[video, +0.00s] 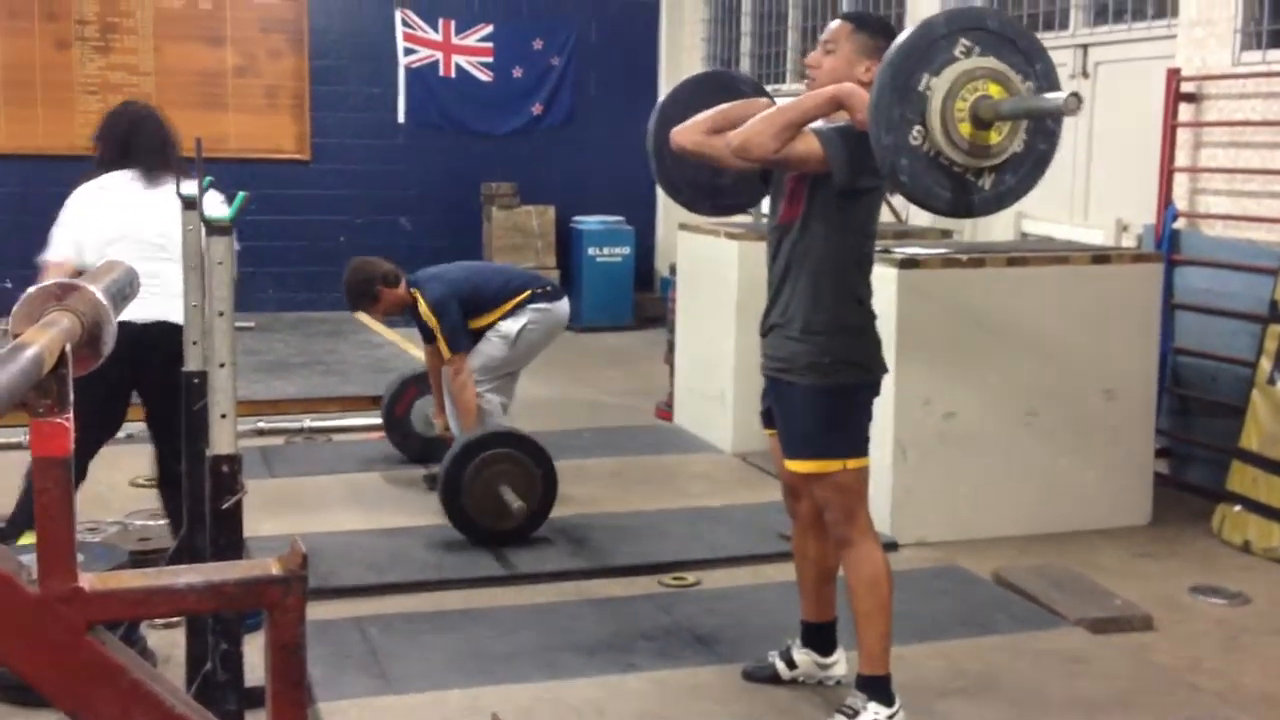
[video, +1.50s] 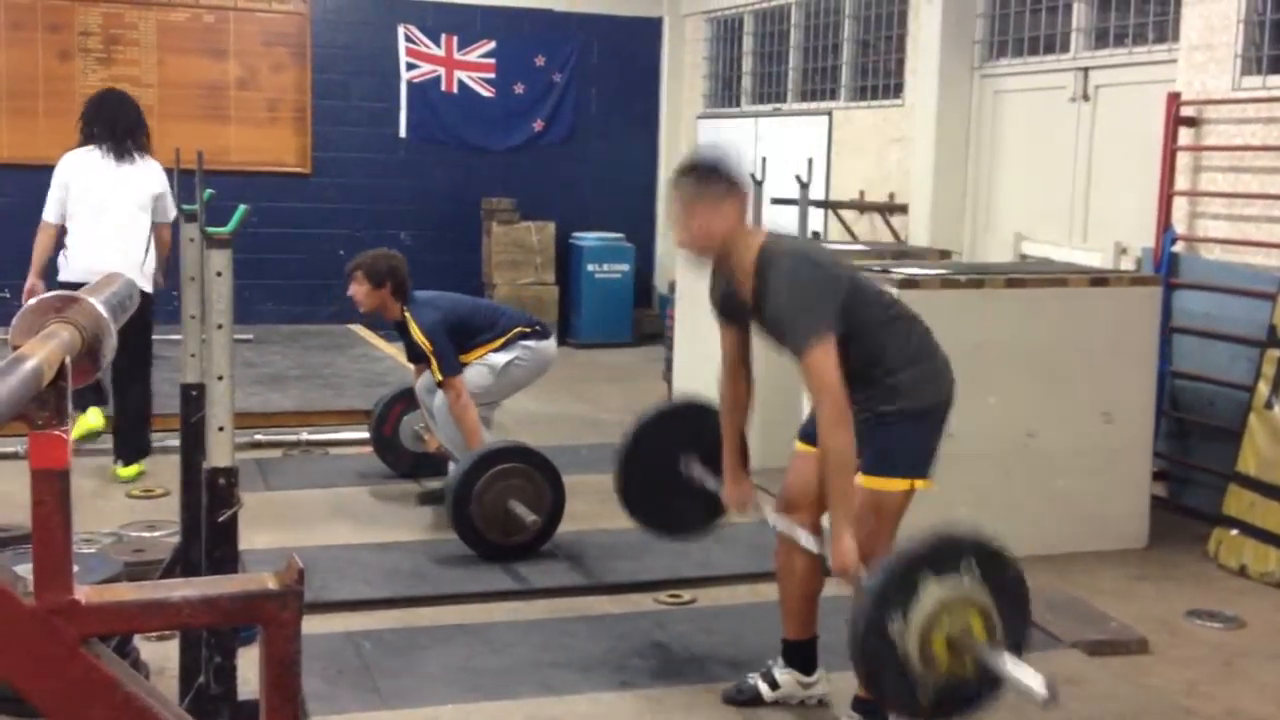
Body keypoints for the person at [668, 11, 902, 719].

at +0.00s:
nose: (809, 59)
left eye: (827, 48)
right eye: (816, 47)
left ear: (865, 70)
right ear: (839, 68)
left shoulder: (854, 142)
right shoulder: (799, 142)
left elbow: (752, 145)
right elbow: (686, 136)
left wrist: (839, 93)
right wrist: (778, 104)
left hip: (833, 361)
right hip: (788, 358)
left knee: (848, 524)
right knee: (805, 509)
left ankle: (877, 696)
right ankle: (817, 653)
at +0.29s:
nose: (813, 70)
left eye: (830, 59)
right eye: (819, 59)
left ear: (871, 80)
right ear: (845, 81)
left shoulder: (862, 150)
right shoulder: (809, 151)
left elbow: (757, 160)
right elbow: (694, 150)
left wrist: (839, 106)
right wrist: (796, 115)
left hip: (834, 370)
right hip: (789, 366)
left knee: (850, 530)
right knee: (805, 517)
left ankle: (873, 700)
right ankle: (813, 658)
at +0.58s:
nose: (813, 78)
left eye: (829, 67)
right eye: (818, 67)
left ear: (872, 87)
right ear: (844, 89)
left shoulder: (866, 157)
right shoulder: (811, 157)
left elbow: (764, 182)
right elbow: (693, 170)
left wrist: (840, 117)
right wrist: (773, 128)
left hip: (841, 379)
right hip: (796, 375)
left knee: (852, 539)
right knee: (806, 523)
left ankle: (870, 705)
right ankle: (812, 664)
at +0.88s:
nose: (801, 88)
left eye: (816, 75)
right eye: (805, 75)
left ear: (859, 85)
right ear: (847, 88)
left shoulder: (864, 158)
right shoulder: (811, 164)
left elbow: (785, 239)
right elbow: (702, 225)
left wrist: (823, 147)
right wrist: (737, 153)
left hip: (856, 379)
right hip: (808, 375)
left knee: (853, 541)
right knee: (806, 522)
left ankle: (870, 707)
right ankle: (810, 667)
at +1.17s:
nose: (772, 129)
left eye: (778, 113)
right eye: (768, 115)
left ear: (824, 103)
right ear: (803, 109)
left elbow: (947, 232)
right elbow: (825, 249)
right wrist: (758, 244)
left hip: (879, 390)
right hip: (818, 382)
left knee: (852, 545)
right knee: (782, 514)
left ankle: (870, 708)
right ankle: (802, 667)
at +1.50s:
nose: (683, 229)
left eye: (695, 212)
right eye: (680, 214)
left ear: (733, 206)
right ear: (683, 215)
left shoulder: (790, 277)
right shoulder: (728, 275)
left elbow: (834, 404)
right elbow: (735, 370)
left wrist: (842, 525)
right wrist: (734, 466)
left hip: (907, 393)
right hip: (845, 387)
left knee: (866, 546)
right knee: (796, 513)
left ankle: (874, 696)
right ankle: (798, 671)